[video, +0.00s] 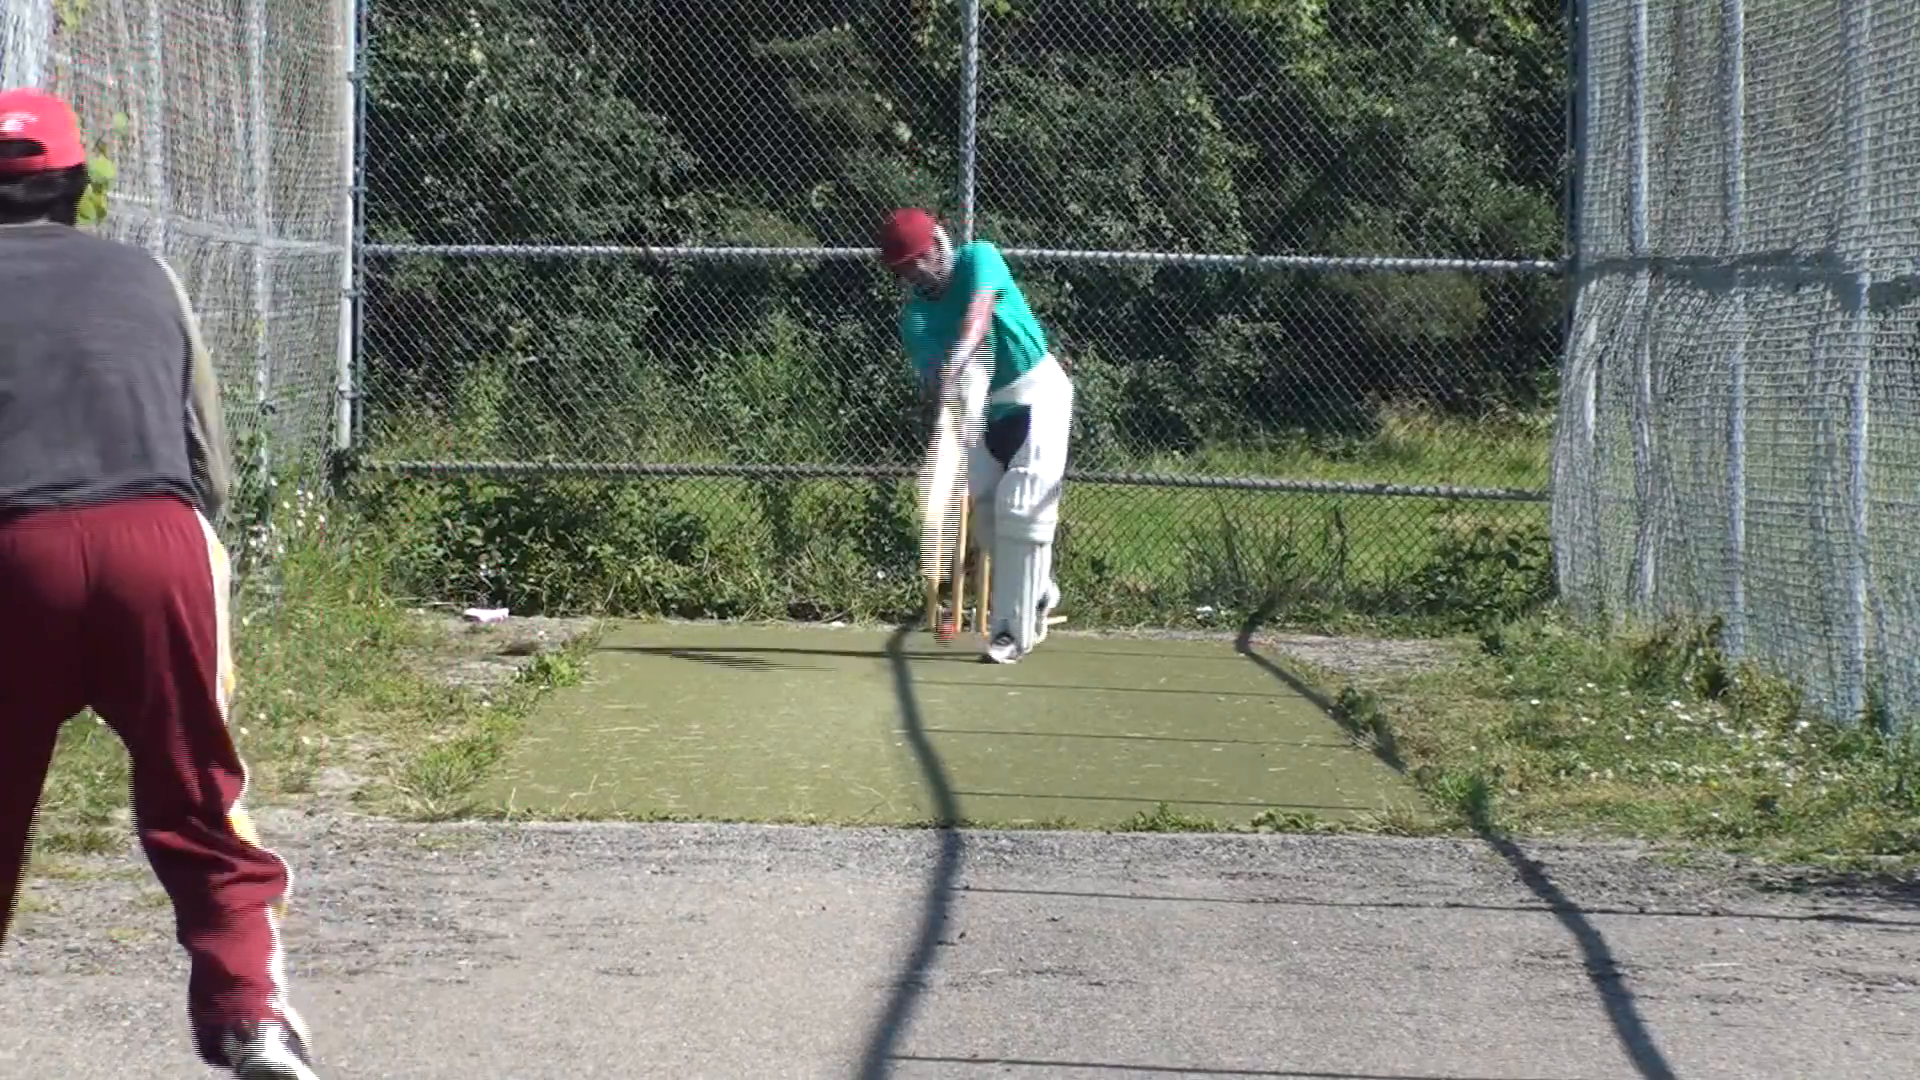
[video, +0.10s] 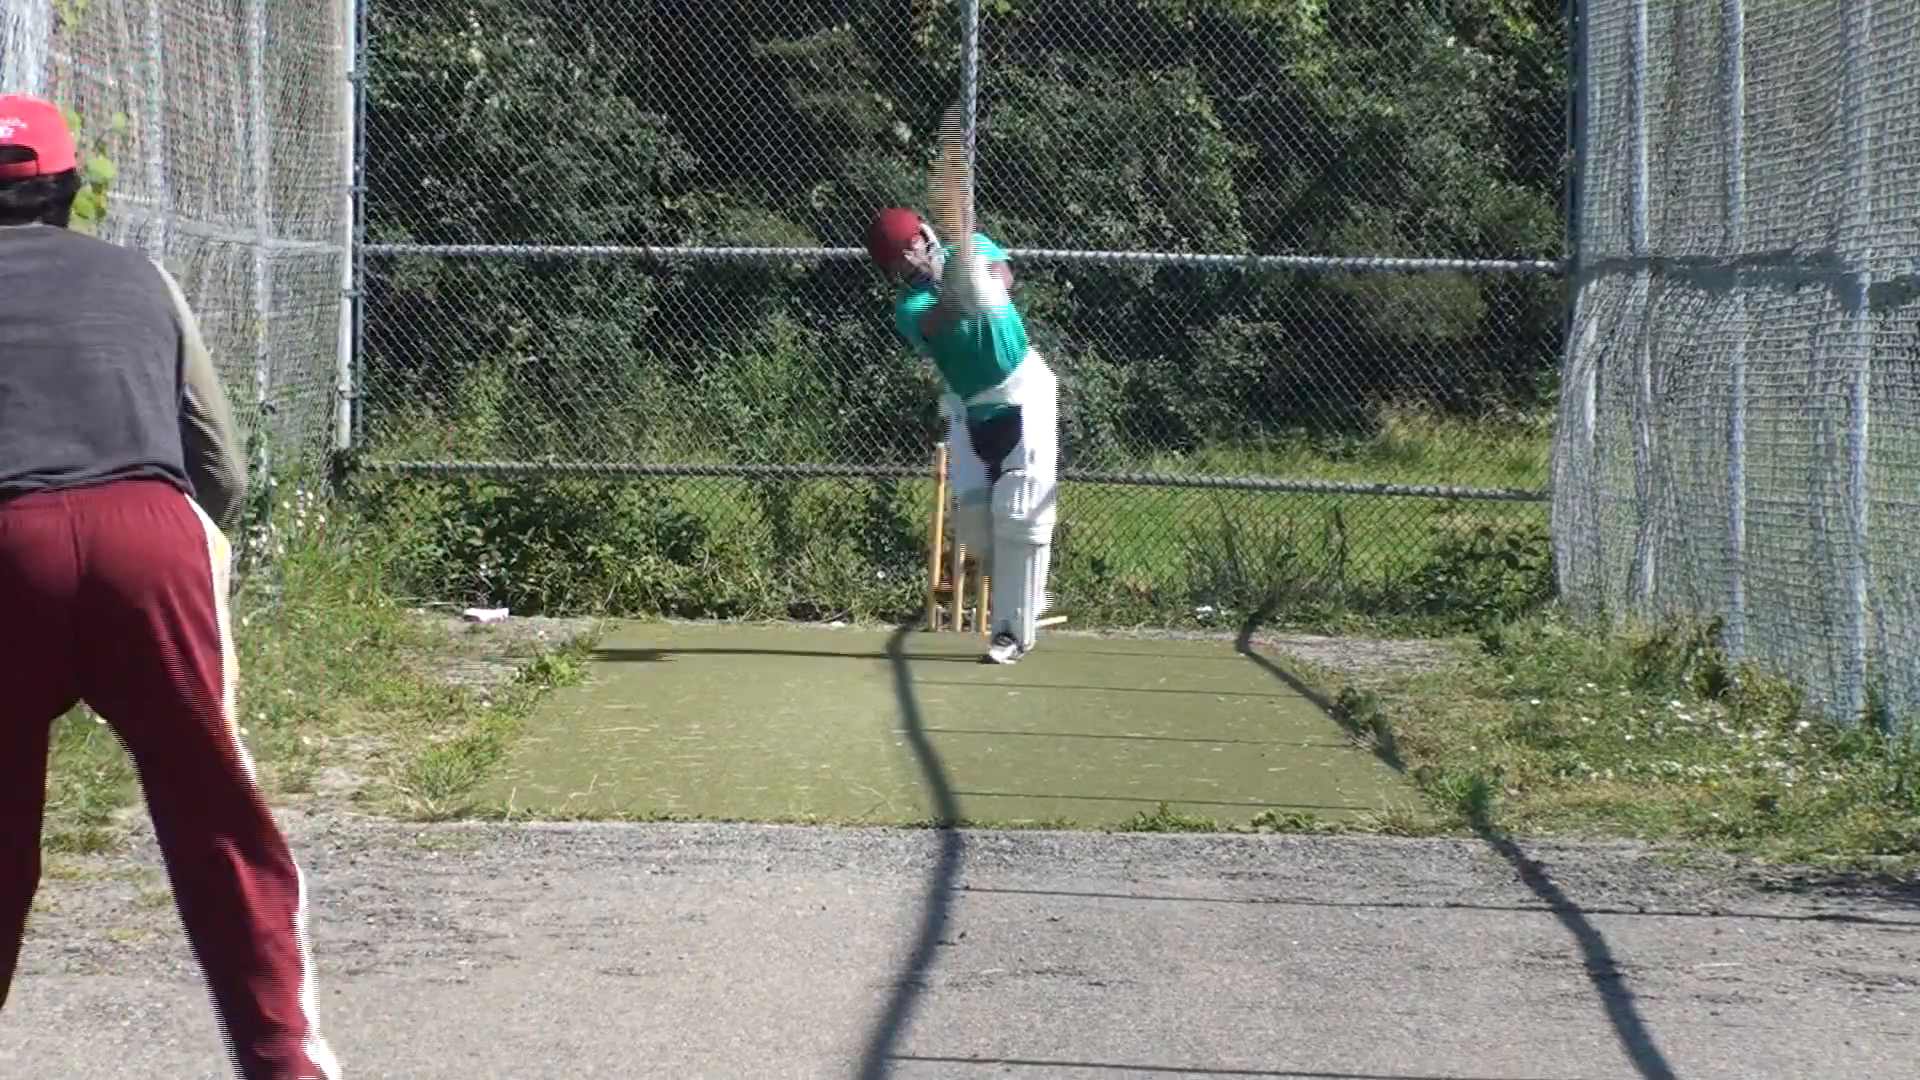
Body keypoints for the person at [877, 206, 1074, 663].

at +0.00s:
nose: (913, 274)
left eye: (918, 260)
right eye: (903, 269)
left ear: (939, 243)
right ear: (898, 272)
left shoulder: (979, 257)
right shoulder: (916, 319)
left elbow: (980, 310)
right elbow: (935, 380)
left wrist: (961, 355)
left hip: (1036, 392)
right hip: (983, 410)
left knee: (1021, 509)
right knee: (982, 508)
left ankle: (1011, 632)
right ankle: (1037, 593)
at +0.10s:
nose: (912, 261)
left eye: (913, 247)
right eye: (899, 259)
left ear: (926, 236)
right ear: (892, 269)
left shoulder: (971, 247)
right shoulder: (909, 307)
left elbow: (1004, 276)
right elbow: (938, 322)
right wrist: (954, 292)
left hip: (1023, 391)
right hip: (970, 407)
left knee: (1020, 516)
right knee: (970, 516)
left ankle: (1012, 632)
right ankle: (1025, 593)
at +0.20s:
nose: (900, 263)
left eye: (905, 248)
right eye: (888, 260)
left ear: (925, 234)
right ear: (879, 266)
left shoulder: (972, 250)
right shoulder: (892, 296)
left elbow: (1007, 280)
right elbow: (917, 308)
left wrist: (976, 267)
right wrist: (950, 251)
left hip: (1007, 393)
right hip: (946, 403)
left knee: (1016, 508)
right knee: (944, 506)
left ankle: (1002, 628)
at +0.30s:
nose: (889, 273)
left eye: (895, 260)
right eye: (878, 268)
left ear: (919, 244)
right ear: (871, 268)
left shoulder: (975, 267)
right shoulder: (886, 300)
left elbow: (1004, 315)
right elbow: (901, 338)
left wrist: (967, 312)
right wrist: (938, 297)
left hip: (987, 410)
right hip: (924, 415)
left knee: (999, 525)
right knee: (907, 513)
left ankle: (979, 625)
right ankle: (881, 628)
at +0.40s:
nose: (877, 295)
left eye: (883, 284)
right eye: (870, 289)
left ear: (909, 268)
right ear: (868, 287)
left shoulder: (961, 295)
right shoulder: (877, 323)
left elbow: (992, 356)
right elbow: (886, 384)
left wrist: (961, 371)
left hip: (967, 436)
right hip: (909, 439)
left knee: (976, 559)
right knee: (904, 531)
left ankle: (970, 626)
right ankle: (876, 640)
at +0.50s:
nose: (871, 309)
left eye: (876, 296)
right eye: (861, 304)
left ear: (901, 279)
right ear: (854, 303)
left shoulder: (953, 310)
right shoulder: (868, 342)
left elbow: (982, 379)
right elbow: (880, 406)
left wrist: (941, 410)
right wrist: (893, 432)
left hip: (966, 446)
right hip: (910, 451)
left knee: (974, 570)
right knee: (901, 535)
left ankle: (960, 625)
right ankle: (874, 641)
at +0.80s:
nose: (884, 290)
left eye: (889, 278)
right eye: (878, 283)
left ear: (916, 265)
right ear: (883, 283)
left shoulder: (968, 298)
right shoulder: (900, 330)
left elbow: (995, 372)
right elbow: (906, 398)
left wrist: (942, 413)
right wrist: (897, 436)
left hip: (995, 430)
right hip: (934, 436)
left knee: (981, 549)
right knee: (902, 528)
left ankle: (1038, 629)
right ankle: (874, 639)